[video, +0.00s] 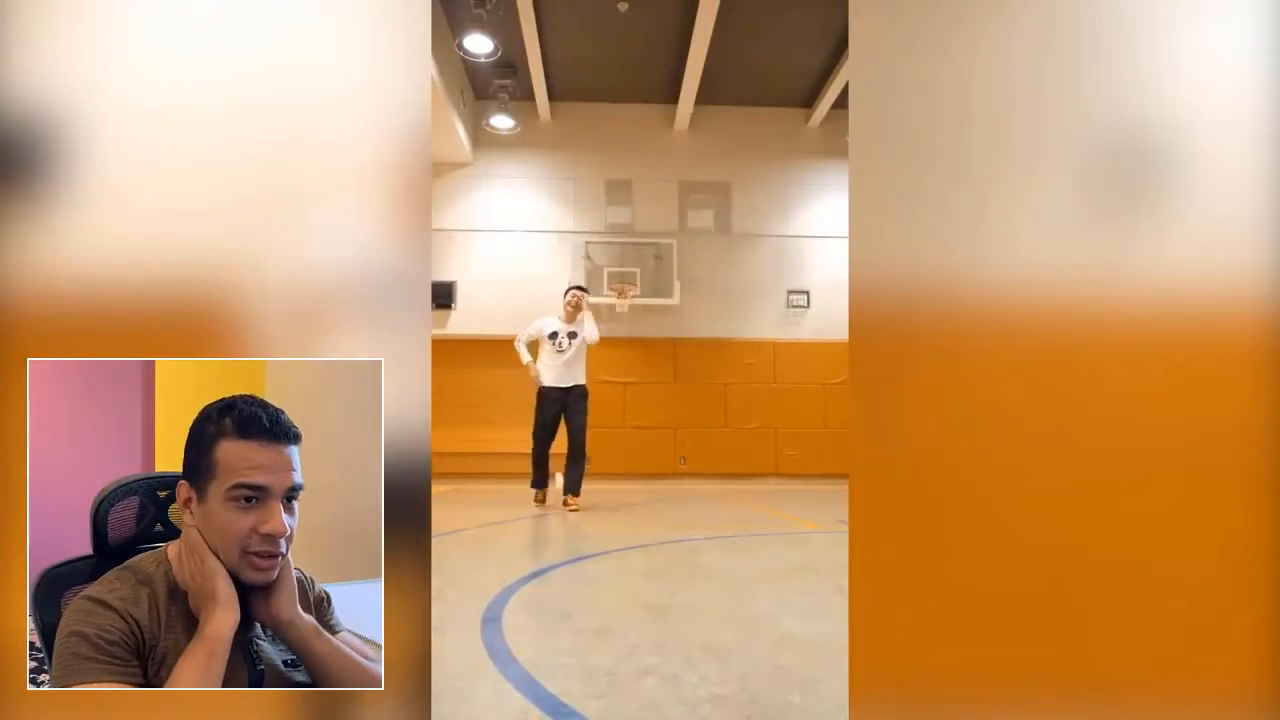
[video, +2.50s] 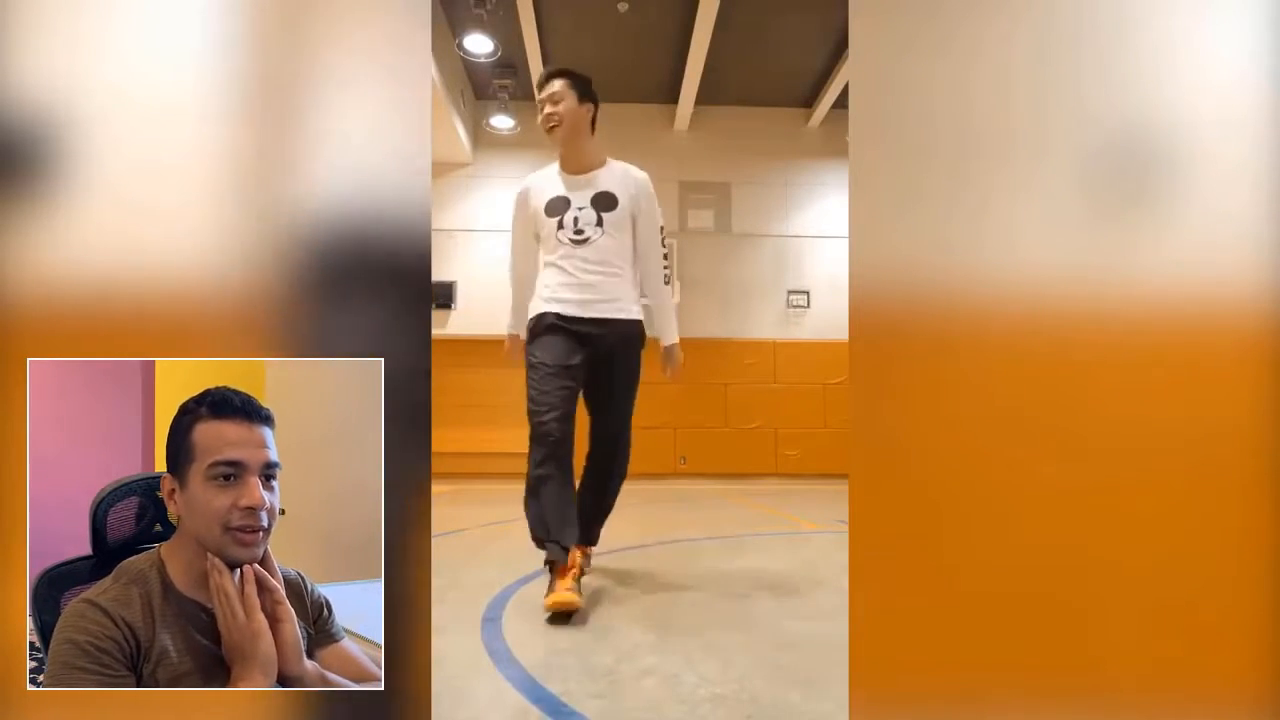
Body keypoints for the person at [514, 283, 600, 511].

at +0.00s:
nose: (575, 300)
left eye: (579, 298)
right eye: (572, 296)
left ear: (583, 306)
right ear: (563, 300)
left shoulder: (584, 326)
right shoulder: (545, 324)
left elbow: (592, 339)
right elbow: (520, 341)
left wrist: (587, 310)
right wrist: (530, 364)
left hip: (576, 390)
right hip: (549, 390)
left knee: (578, 442)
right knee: (541, 441)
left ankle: (571, 494)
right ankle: (540, 488)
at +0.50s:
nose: (580, 291)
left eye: (585, 288)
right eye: (576, 287)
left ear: (591, 294)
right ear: (568, 292)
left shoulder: (600, 318)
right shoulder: (556, 324)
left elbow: (613, 339)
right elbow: (550, 355)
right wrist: (544, 369)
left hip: (594, 388)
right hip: (566, 387)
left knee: (589, 444)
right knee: (571, 442)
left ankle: (570, 485)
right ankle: (581, 499)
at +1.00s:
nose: (578, 274)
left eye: (584, 270)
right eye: (576, 270)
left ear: (599, 274)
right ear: (574, 275)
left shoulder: (615, 312)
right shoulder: (565, 308)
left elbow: (628, 352)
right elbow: (554, 347)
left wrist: (642, 384)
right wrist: (534, 370)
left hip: (604, 381)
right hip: (572, 382)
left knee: (609, 437)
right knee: (572, 444)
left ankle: (605, 502)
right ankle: (581, 501)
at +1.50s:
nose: (591, 248)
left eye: (597, 243)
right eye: (586, 243)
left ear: (607, 248)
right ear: (578, 249)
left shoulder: (626, 286)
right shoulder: (570, 289)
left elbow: (633, 327)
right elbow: (562, 336)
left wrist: (636, 328)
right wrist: (544, 342)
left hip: (619, 374)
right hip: (581, 374)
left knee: (618, 444)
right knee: (579, 440)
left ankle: (606, 508)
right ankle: (585, 508)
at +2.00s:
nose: (593, 201)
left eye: (601, 196)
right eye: (587, 195)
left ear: (612, 204)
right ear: (577, 202)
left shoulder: (627, 251)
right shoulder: (564, 245)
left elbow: (633, 261)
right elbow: (551, 263)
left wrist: (623, 246)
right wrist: (558, 259)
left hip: (610, 349)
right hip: (565, 348)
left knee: (609, 433)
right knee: (571, 435)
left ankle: (598, 519)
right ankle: (585, 513)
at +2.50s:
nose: (546, 111)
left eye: (557, 100)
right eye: (541, 105)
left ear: (589, 109)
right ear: (542, 118)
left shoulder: (633, 182)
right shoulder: (533, 191)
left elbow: (652, 266)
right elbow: (522, 265)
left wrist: (667, 333)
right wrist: (517, 322)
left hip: (618, 325)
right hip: (553, 323)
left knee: (610, 443)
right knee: (549, 432)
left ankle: (583, 541)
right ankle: (560, 559)